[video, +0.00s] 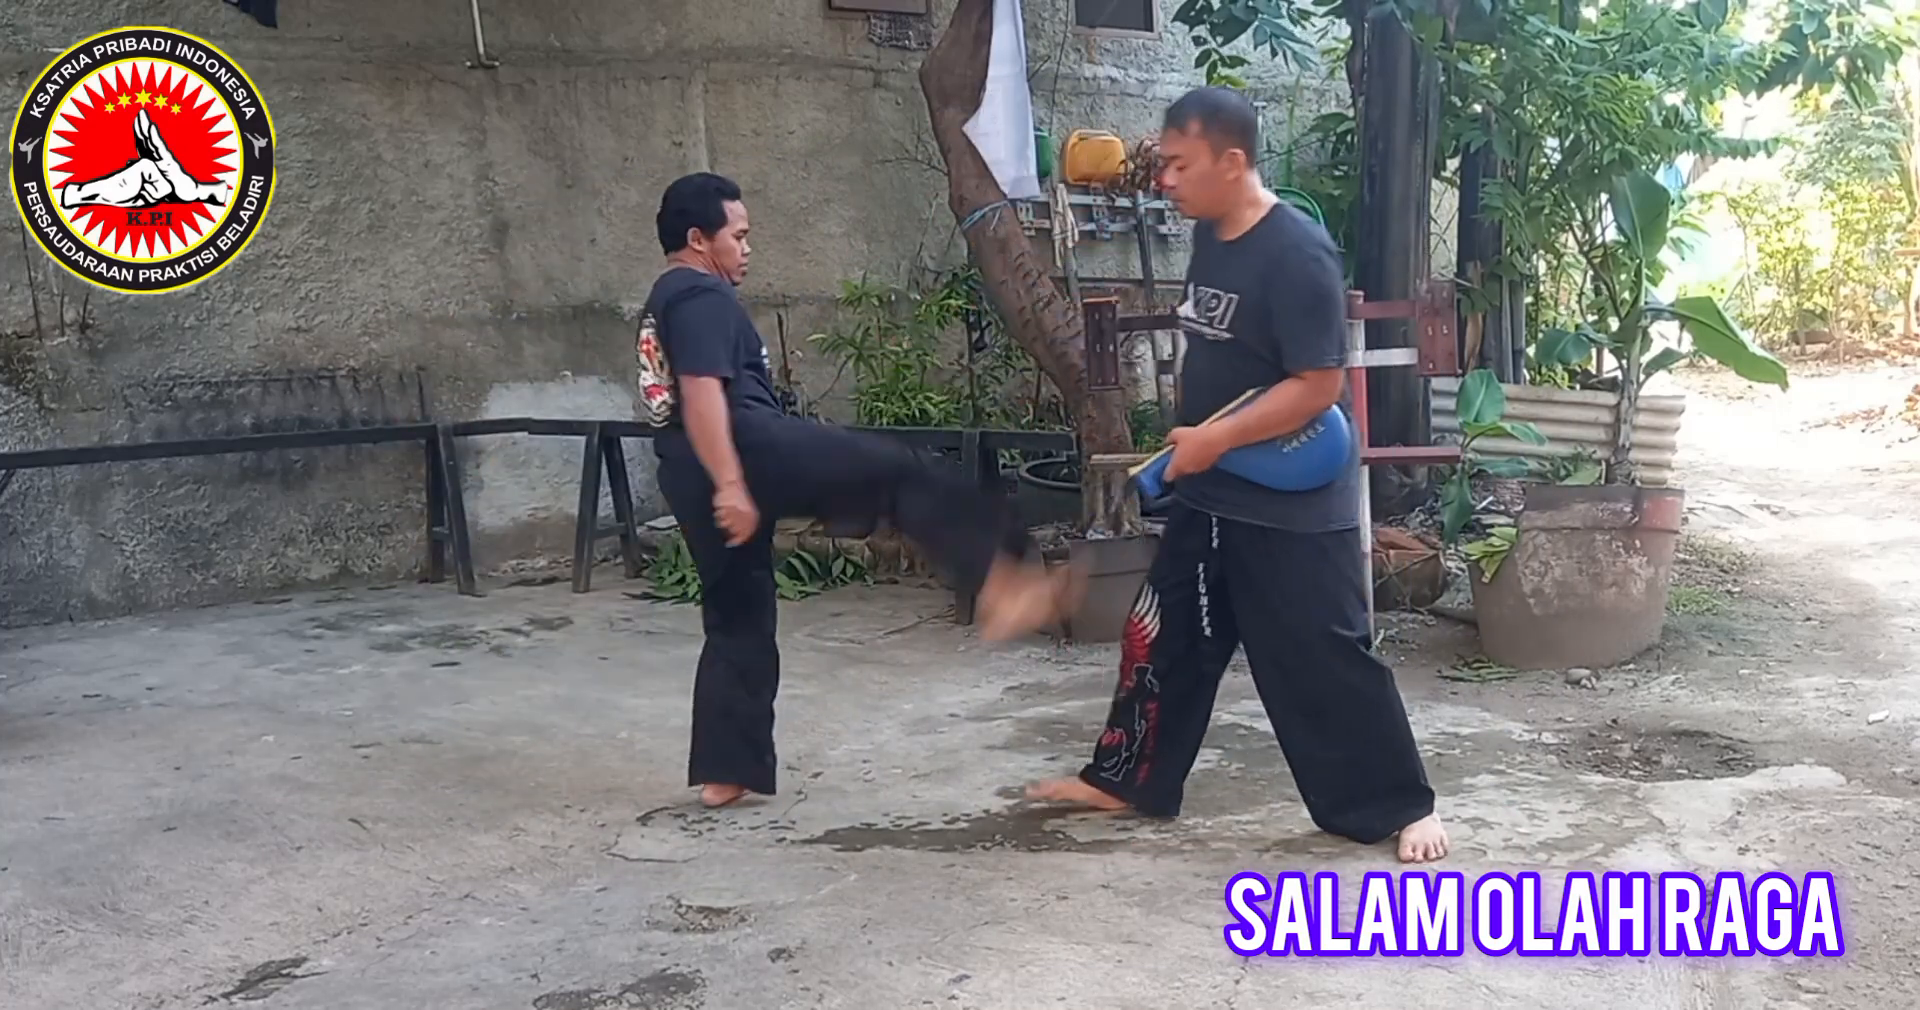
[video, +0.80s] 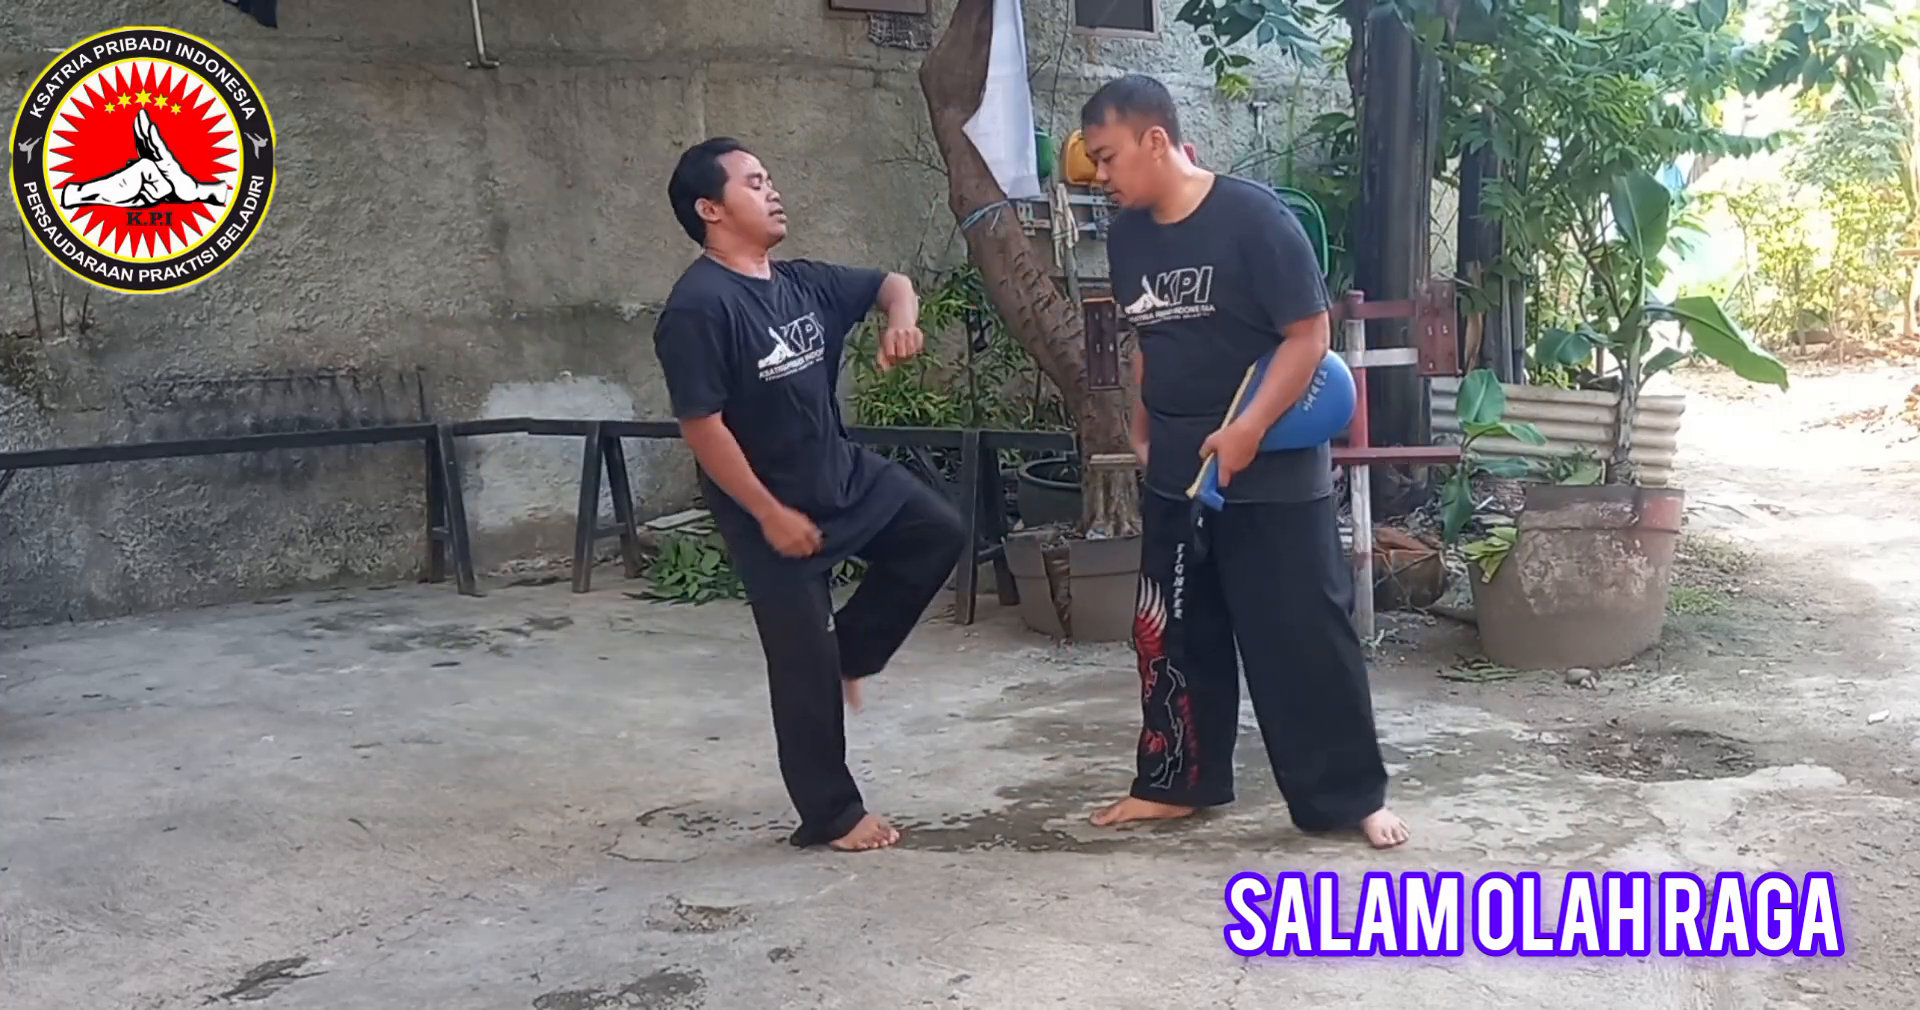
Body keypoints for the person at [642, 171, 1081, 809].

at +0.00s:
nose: (747, 246)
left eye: (746, 233)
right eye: (737, 234)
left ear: (691, 241)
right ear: (697, 238)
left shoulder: (670, 295)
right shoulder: (701, 294)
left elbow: (691, 399)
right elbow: (701, 394)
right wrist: (729, 483)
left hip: (693, 466)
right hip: (737, 451)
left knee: (738, 617)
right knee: (897, 469)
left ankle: (726, 774)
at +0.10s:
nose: (745, 244)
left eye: (742, 231)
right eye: (735, 233)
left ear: (687, 246)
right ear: (697, 243)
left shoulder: (667, 304)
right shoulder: (723, 293)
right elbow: (744, 382)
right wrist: (801, 468)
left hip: (705, 485)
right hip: (757, 476)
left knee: (740, 624)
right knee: (880, 584)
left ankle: (721, 777)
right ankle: (874, 748)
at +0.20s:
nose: (757, 248)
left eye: (750, 235)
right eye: (745, 236)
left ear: (710, 255)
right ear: (712, 252)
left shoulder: (738, 321)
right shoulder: (720, 318)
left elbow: (824, 415)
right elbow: (753, 413)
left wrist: (860, 349)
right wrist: (858, 419)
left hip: (758, 518)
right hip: (777, 519)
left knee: (768, 639)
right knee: (861, 643)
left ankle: (721, 772)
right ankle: (818, 808)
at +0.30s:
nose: (765, 233)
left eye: (758, 221)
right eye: (750, 222)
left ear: (720, 245)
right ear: (711, 243)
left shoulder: (785, 325)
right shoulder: (699, 325)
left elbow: (865, 386)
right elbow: (706, 434)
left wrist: (896, 334)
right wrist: (813, 415)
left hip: (824, 519)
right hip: (778, 525)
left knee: (822, 632)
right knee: (858, 649)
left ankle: (742, 738)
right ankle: (834, 813)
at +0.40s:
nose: (773, 214)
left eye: (768, 202)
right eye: (757, 204)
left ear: (732, 228)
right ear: (713, 228)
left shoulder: (799, 306)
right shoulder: (686, 325)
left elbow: (872, 382)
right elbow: (690, 438)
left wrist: (916, 372)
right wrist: (788, 440)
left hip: (846, 496)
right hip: (776, 515)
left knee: (898, 593)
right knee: (839, 645)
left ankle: (810, 717)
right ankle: (836, 814)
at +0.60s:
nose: (781, 215)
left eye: (779, 201)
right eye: (765, 204)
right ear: (717, 222)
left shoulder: (802, 297)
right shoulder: (681, 324)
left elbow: (869, 371)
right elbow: (688, 439)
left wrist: (913, 395)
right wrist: (783, 474)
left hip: (855, 473)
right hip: (775, 510)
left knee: (959, 524)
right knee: (824, 652)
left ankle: (884, 641)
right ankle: (833, 815)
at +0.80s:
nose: (773, 192)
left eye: (768, 180)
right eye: (754, 183)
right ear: (710, 211)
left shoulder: (800, 278)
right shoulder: (695, 308)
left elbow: (892, 284)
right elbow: (702, 429)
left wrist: (901, 315)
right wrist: (769, 512)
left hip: (840, 471)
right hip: (766, 505)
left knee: (938, 533)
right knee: (806, 660)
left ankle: (845, 654)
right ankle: (830, 815)